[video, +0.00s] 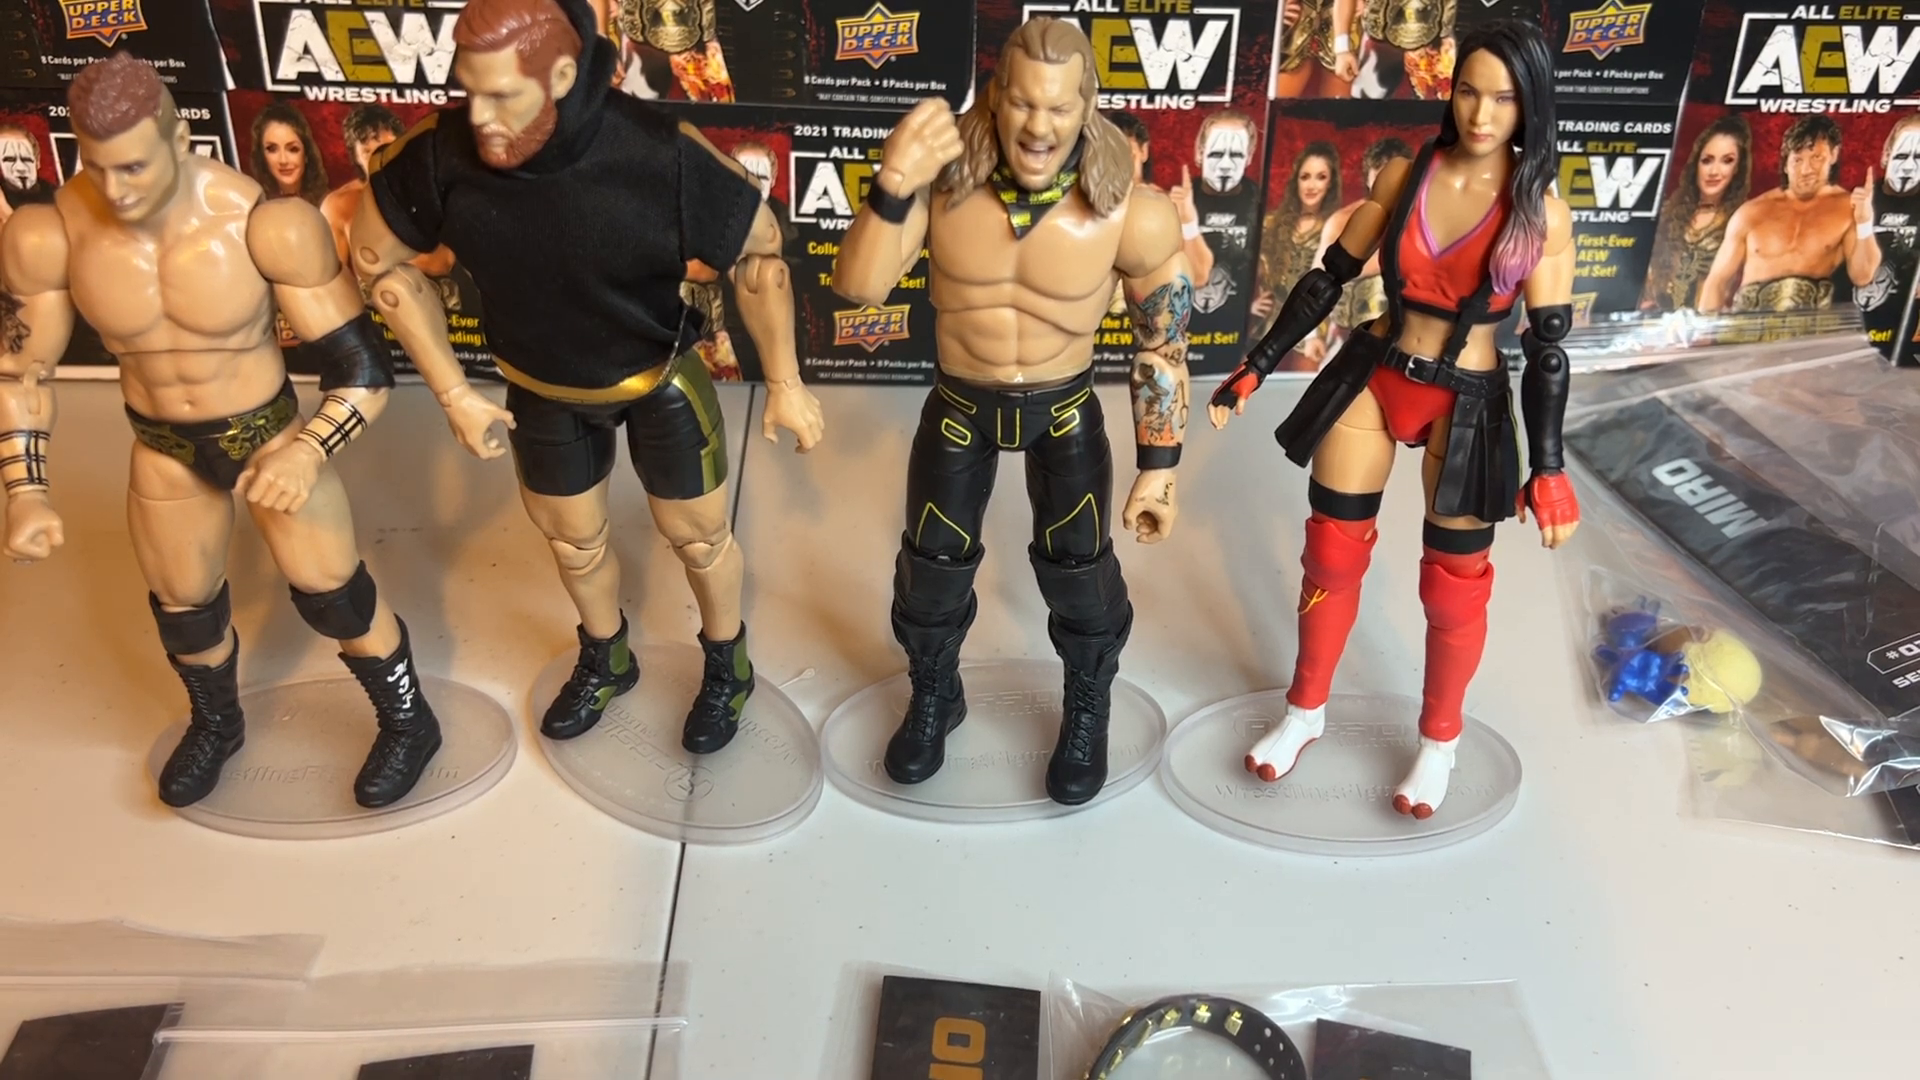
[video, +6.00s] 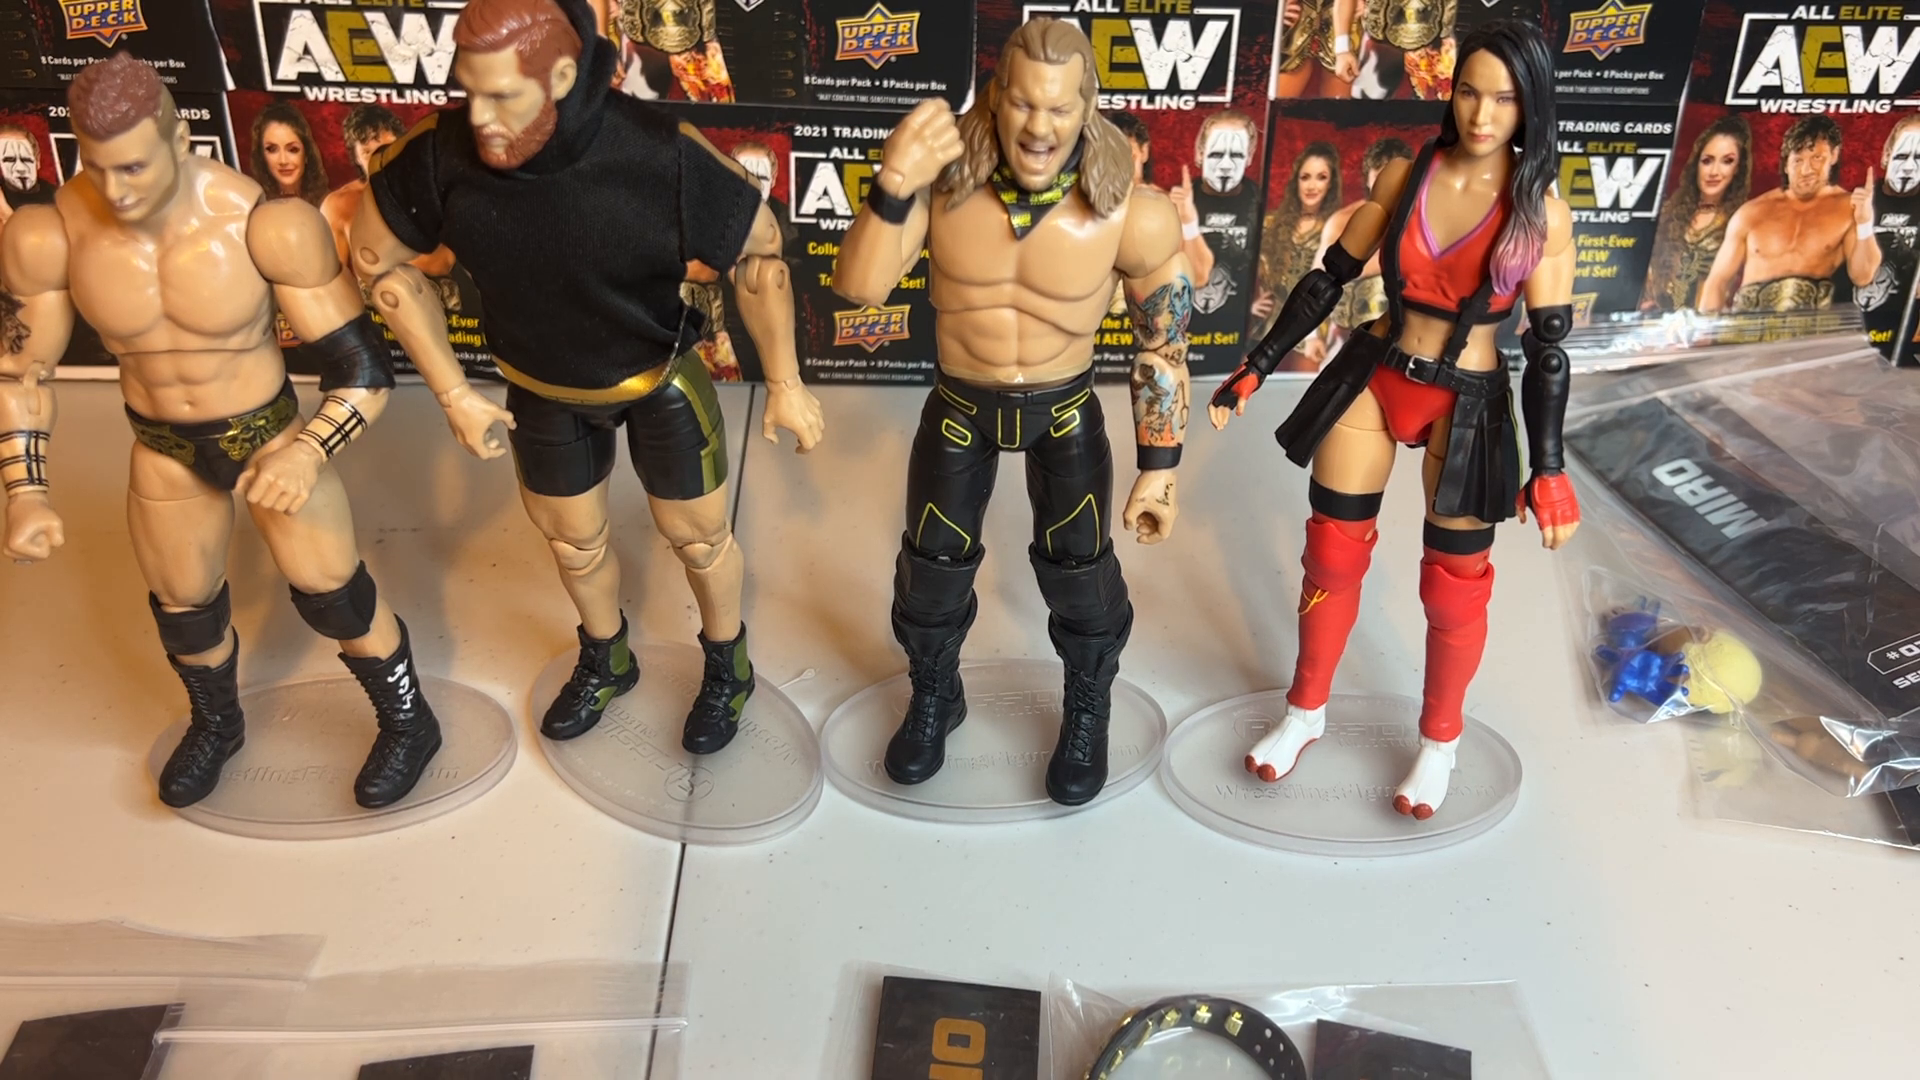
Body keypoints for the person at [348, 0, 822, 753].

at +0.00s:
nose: (481, 118)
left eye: (502, 96)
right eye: (468, 95)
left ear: (563, 76)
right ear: (457, 82)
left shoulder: (653, 154)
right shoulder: (443, 158)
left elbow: (757, 245)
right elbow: (372, 251)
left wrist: (784, 381)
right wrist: (453, 392)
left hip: (660, 380)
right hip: (541, 393)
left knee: (700, 540)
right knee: (575, 547)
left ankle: (726, 665)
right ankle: (607, 659)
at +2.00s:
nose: (481, 119)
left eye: (502, 96)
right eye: (468, 95)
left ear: (564, 76)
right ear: (456, 81)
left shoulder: (653, 155)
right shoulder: (442, 159)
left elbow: (757, 245)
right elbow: (372, 252)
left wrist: (784, 381)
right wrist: (453, 392)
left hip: (661, 382)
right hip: (542, 394)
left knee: (700, 540)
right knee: (575, 546)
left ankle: (726, 667)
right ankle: (607, 660)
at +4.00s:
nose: (481, 119)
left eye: (502, 96)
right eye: (468, 95)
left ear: (564, 76)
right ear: (456, 81)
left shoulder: (653, 155)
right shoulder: (442, 158)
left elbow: (757, 246)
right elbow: (373, 252)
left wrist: (784, 381)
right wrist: (452, 392)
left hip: (661, 382)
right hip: (542, 395)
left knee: (700, 541)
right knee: (575, 547)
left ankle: (726, 667)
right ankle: (607, 661)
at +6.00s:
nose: (481, 119)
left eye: (503, 96)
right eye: (468, 95)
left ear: (564, 77)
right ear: (457, 81)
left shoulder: (653, 156)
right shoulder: (443, 159)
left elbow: (757, 246)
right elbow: (372, 251)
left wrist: (784, 381)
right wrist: (452, 392)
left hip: (661, 382)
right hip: (542, 394)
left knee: (700, 540)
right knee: (575, 545)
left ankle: (726, 666)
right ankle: (607, 660)